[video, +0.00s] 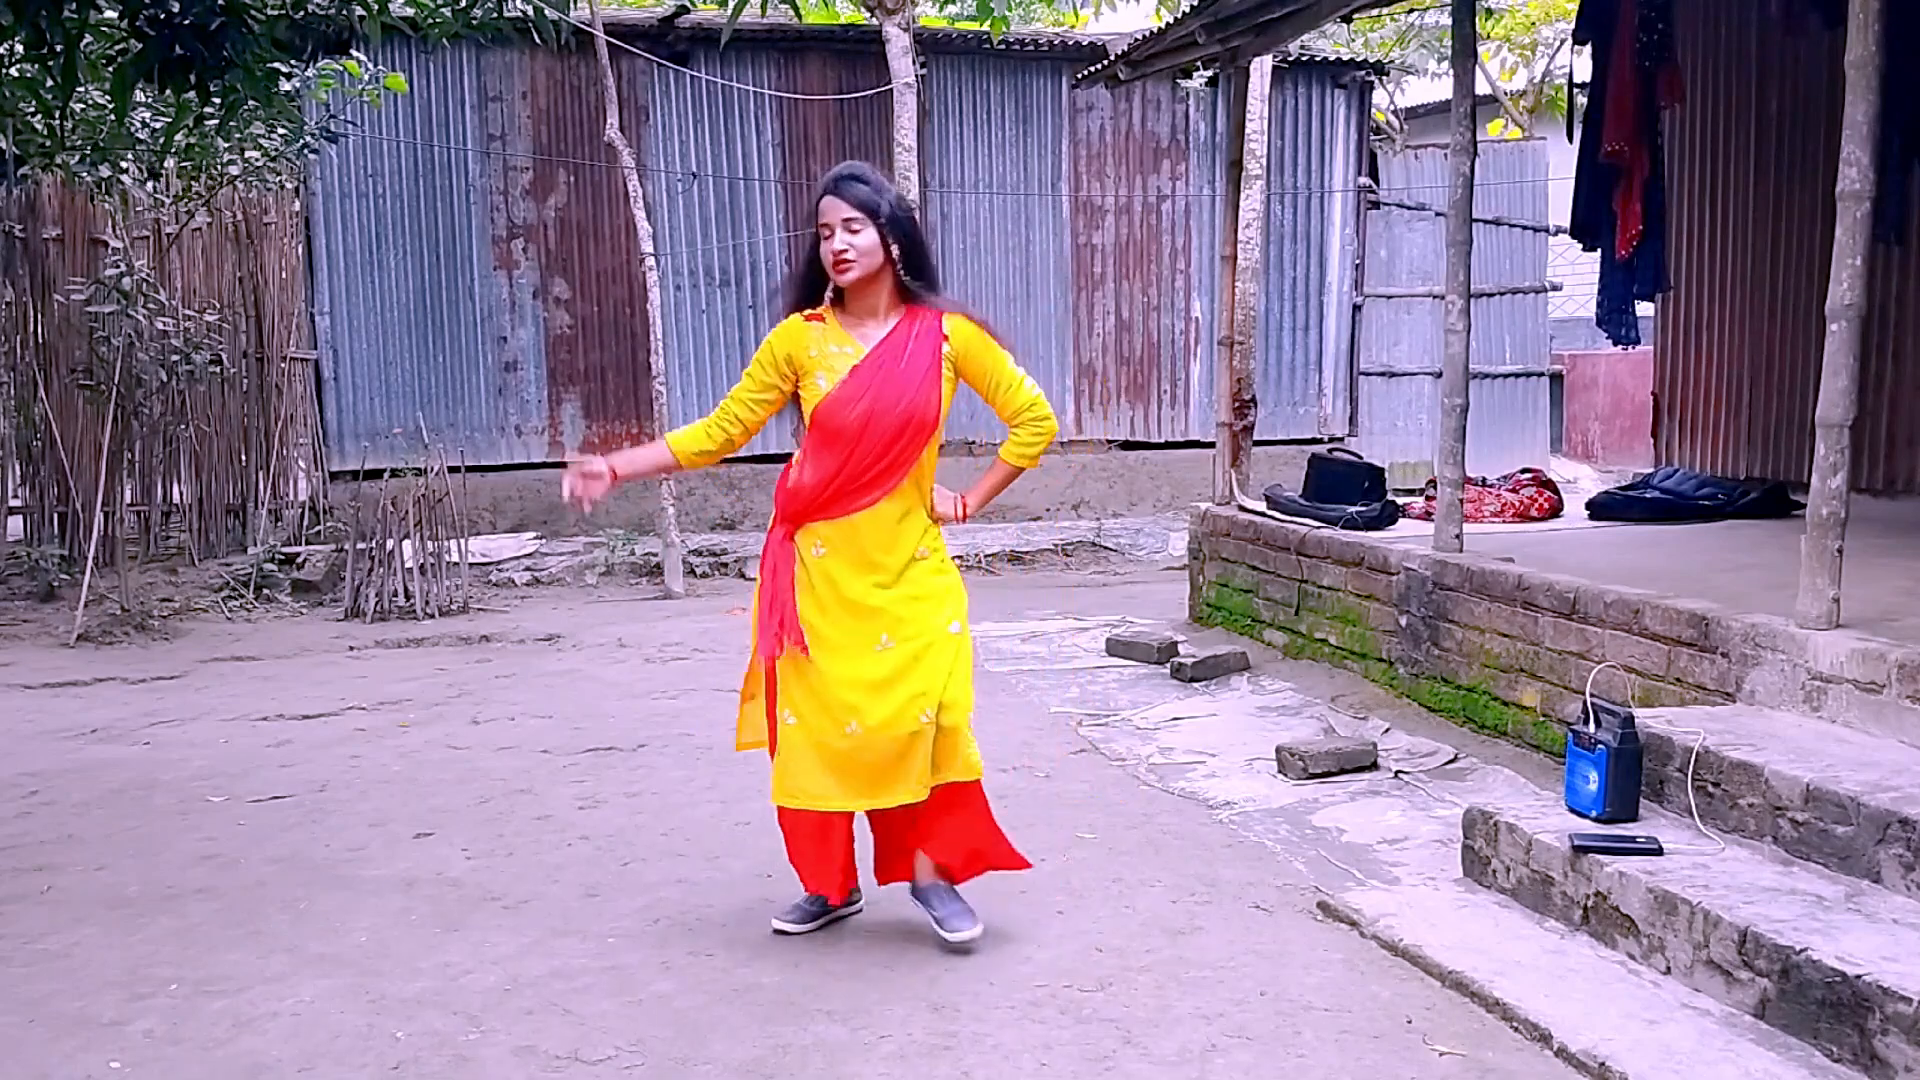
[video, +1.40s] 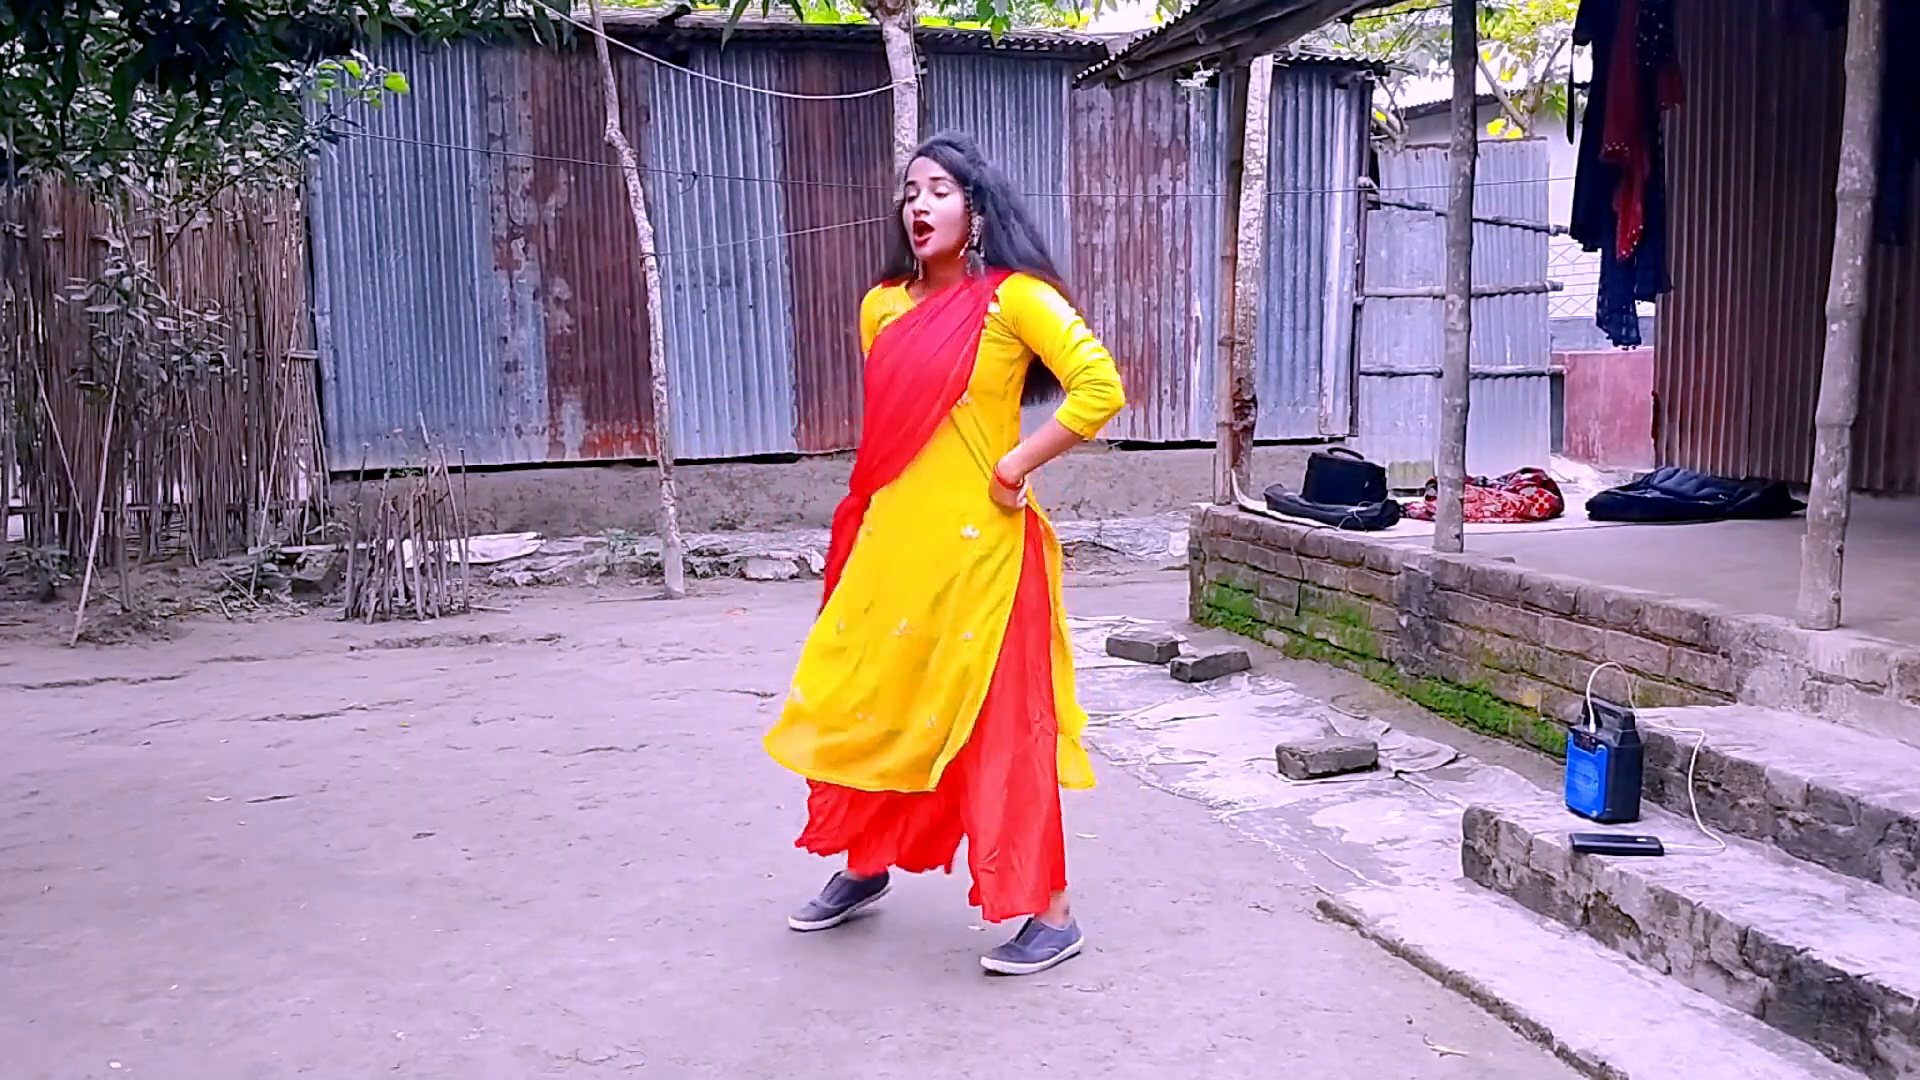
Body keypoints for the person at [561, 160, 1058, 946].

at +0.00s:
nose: (838, 244)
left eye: (853, 228)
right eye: (827, 232)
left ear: (892, 236)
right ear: (817, 247)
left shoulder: (946, 334)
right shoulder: (799, 338)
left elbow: (1036, 420)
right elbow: (720, 431)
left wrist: (973, 498)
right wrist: (617, 467)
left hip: (906, 548)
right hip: (813, 550)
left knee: (931, 708)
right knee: (809, 713)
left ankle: (931, 872)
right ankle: (830, 881)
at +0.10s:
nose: (835, 226)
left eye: (854, 212)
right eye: (824, 211)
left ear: (889, 225)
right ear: (811, 224)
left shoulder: (933, 314)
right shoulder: (788, 322)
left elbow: (1030, 396)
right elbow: (701, 406)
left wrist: (968, 476)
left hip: (901, 541)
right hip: (807, 542)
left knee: (903, 704)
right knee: (811, 706)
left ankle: (906, 866)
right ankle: (831, 879)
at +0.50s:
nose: (856, 233)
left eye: (875, 219)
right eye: (848, 216)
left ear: (911, 231)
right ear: (836, 226)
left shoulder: (947, 312)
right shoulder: (829, 325)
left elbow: (1051, 382)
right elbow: (737, 386)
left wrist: (987, 473)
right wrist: (637, 390)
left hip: (924, 544)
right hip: (845, 545)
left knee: (923, 720)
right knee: (831, 705)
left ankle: (1024, 905)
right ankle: (840, 877)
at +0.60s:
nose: (876, 240)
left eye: (895, 226)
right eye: (869, 225)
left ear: (934, 237)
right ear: (860, 234)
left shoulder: (963, 318)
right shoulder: (862, 342)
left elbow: (1064, 387)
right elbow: (797, 427)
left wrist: (994, 474)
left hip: (943, 552)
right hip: (872, 554)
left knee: (972, 725)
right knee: (851, 706)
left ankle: (1039, 911)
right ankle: (845, 877)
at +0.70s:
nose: (900, 246)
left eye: (920, 235)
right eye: (894, 230)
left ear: (956, 251)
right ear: (883, 243)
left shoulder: (978, 333)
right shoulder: (901, 351)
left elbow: (1059, 410)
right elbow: (873, 463)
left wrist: (991, 487)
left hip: (970, 562)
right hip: (907, 563)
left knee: (981, 734)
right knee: (849, 700)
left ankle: (1036, 917)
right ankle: (861, 877)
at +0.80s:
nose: (927, 224)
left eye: (948, 215)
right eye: (922, 209)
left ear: (981, 235)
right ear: (910, 223)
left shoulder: (996, 323)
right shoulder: (928, 329)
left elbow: (1072, 401)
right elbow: (963, 422)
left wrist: (998, 480)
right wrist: (932, 500)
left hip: (990, 557)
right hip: (938, 555)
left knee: (994, 733)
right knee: (936, 720)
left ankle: (1038, 915)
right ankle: (949, 880)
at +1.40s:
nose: (920, 204)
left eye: (939, 189)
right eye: (911, 192)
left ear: (977, 207)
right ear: (902, 211)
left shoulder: (1017, 296)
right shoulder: (883, 306)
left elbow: (1100, 392)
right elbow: (891, 423)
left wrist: (1017, 464)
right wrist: (869, 510)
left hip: (981, 536)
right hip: (894, 535)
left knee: (1009, 717)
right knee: (871, 692)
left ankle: (1044, 910)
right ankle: (867, 864)